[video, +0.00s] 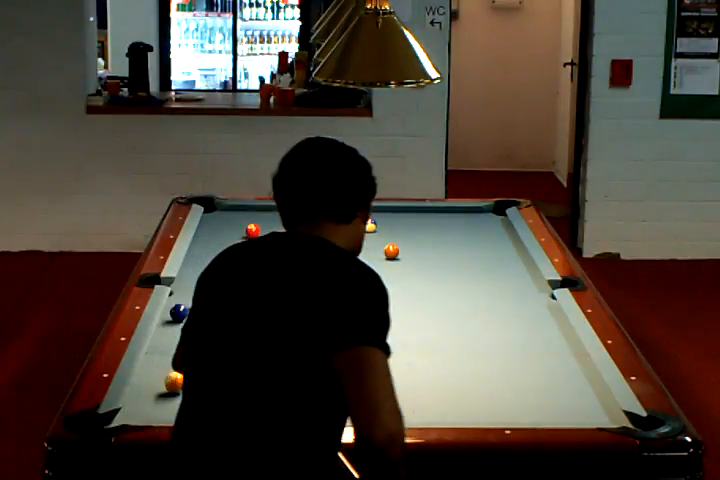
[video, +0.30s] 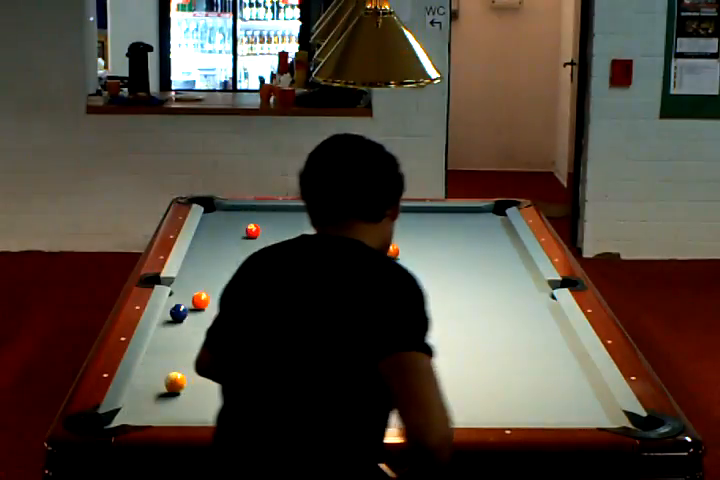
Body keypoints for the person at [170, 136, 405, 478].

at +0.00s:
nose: (366, 226)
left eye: (366, 213)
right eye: (367, 214)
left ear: (282, 205)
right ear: (361, 214)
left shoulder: (227, 263)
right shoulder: (354, 282)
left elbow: (184, 363)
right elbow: (381, 430)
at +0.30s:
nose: (395, 218)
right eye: (396, 208)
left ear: (311, 204)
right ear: (391, 209)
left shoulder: (260, 265)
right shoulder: (391, 283)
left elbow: (207, 363)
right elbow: (432, 434)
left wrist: (280, 379)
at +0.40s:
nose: (415, 217)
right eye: (416, 206)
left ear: (330, 207)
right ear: (411, 206)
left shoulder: (282, 268)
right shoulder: (415, 284)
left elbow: (223, 365)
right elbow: (463, 431)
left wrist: (297, 377)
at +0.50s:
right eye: (437, 205)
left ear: (355, 210)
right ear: (435, 210)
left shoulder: (311, 276)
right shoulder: (448, 290)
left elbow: (246, 372)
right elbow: (501, 428)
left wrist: (304, 354)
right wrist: (453, 472)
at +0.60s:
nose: (465, 219)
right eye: (466, 209)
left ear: (385, 217)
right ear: (465, 215)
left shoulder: (343, 288)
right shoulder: (487, 293)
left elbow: (275, 381)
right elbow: (545, 424)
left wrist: (334, 369)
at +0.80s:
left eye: (448, 203)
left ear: (450, 209)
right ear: (525, 204)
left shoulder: (420, 282)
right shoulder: (568, 273)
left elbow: (345, 390)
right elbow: (646, 384)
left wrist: (356, 381)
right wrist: (643, 460)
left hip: (428, 479)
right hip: (529, 479)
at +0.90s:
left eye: (478, 202)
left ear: (478, 208)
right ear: (558, 196)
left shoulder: (452, 277)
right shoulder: (600, 265)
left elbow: (376, 392)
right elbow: (688, 369)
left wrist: (382, 394)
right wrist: (699, 455)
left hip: (461, 474)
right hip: (563, 473)